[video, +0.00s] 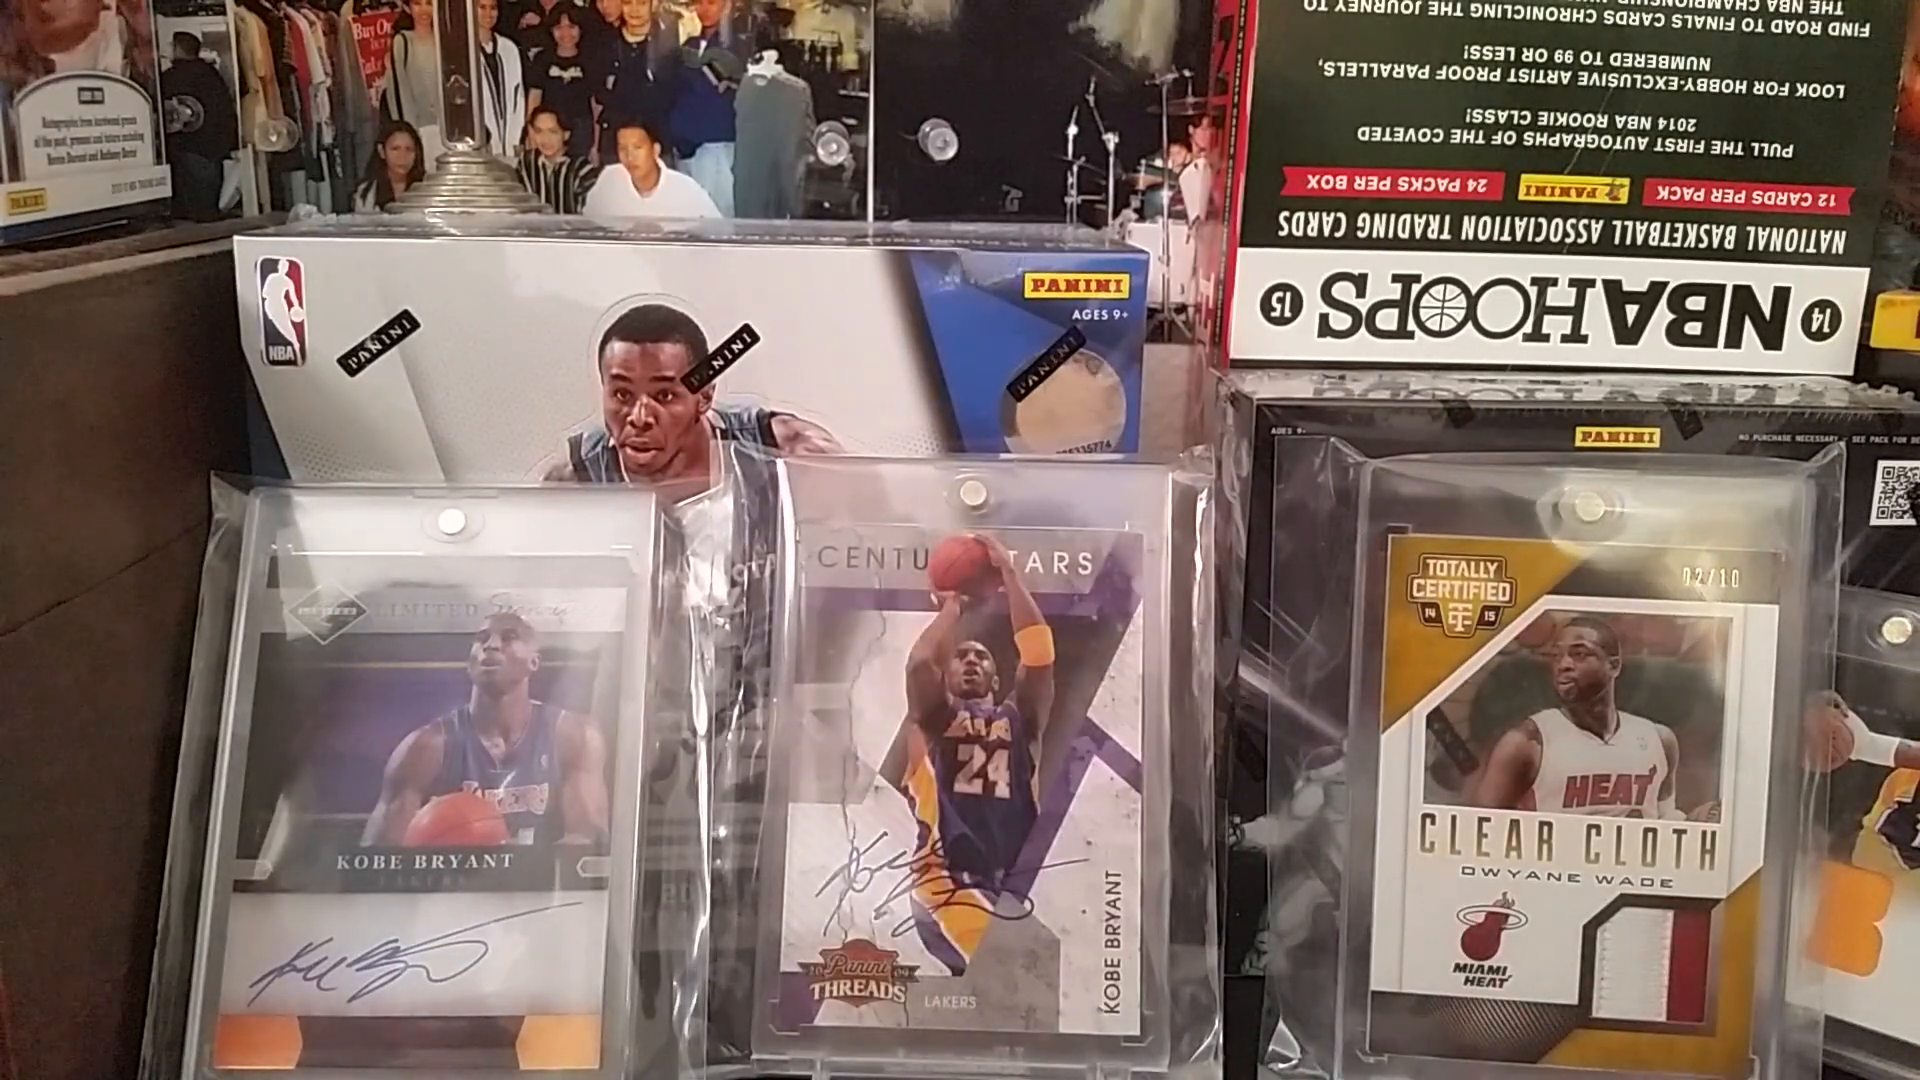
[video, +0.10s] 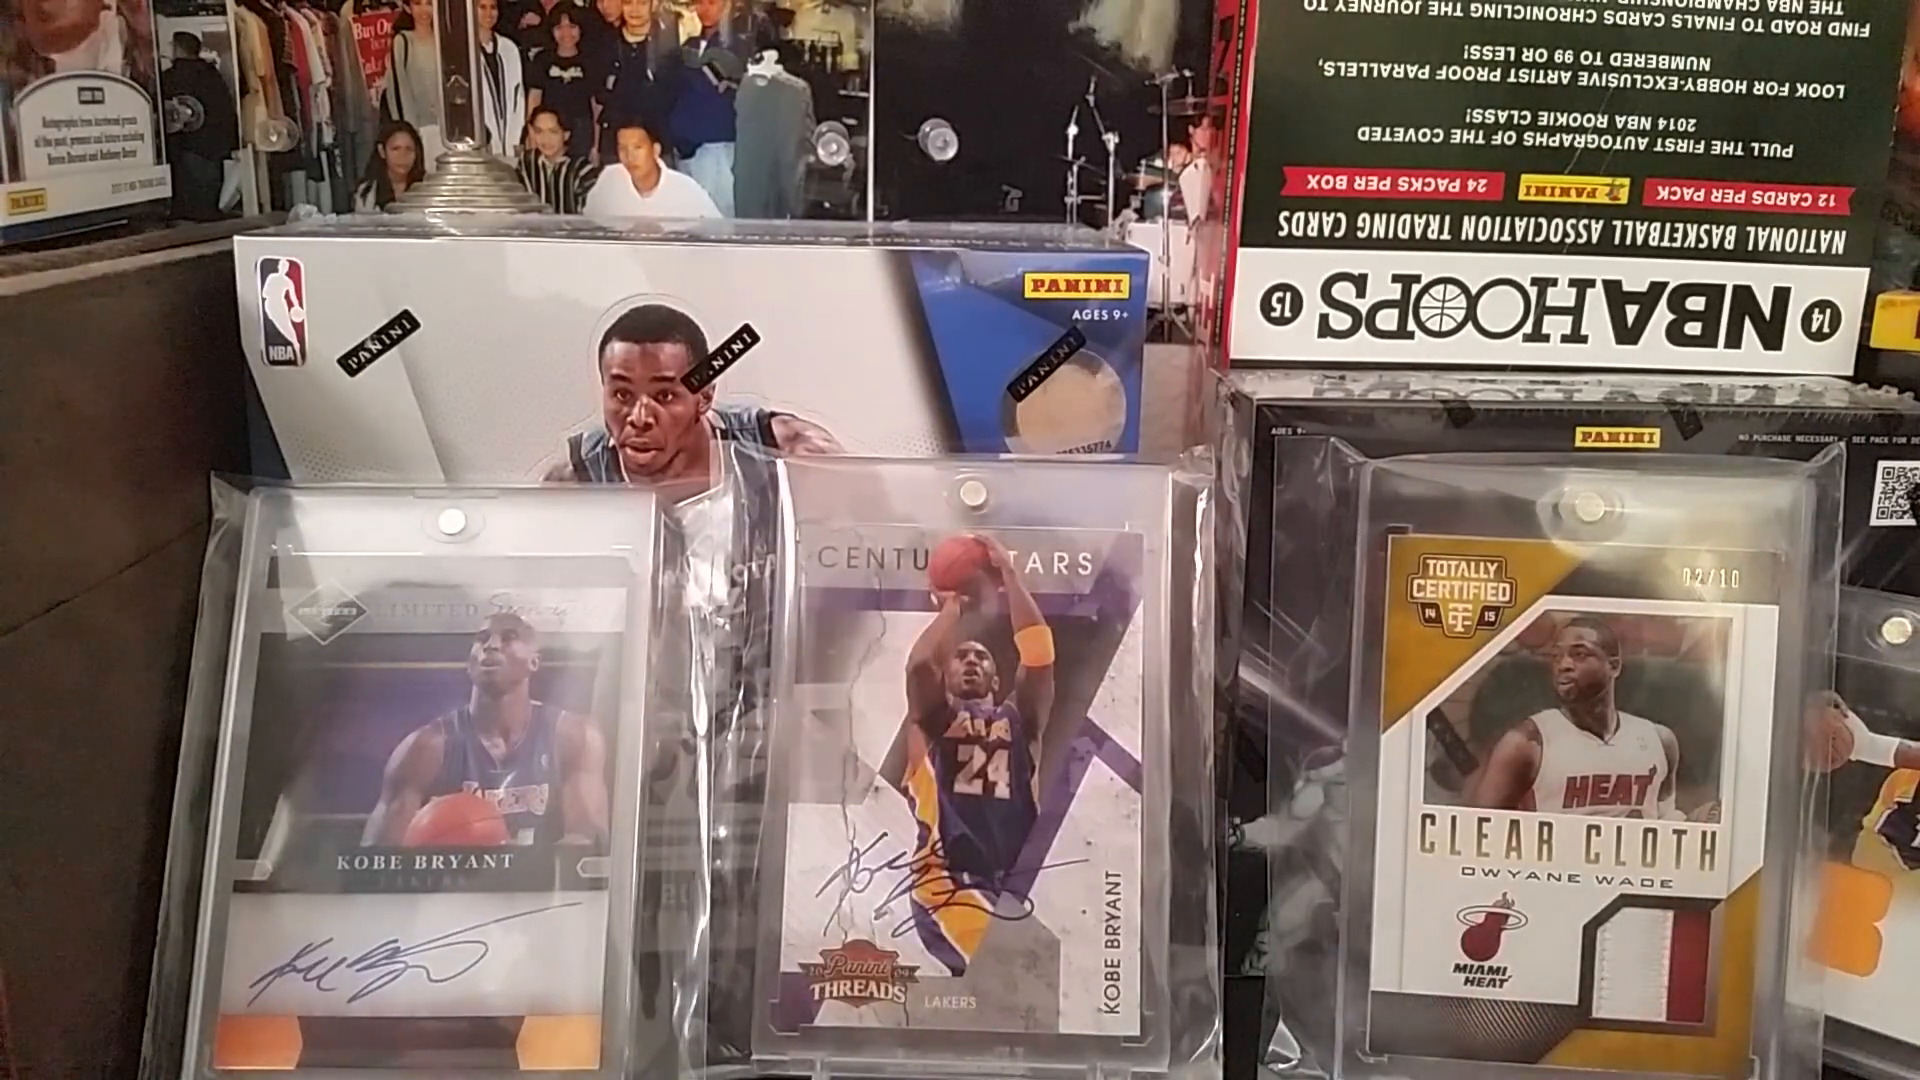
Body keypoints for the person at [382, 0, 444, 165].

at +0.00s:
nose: (424, 10)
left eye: (429, 4)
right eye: (417, 4)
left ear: (435, 7)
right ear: (408, 8)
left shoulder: (442, 38)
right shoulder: (402, 40)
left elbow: (452, 77)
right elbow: (401, 84)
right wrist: (409, 124)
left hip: (445, 117)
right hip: (419, 120)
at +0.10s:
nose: (424, 9)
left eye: (429, 4)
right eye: (418, 4)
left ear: (435, 7)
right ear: (408, 8)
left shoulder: (442, 38)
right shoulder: (402, 40)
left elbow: (451, 76)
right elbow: (401, 83)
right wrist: (410, 123)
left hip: (445, 116)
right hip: (419, 119)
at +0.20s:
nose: (424, 10)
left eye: (429, 4)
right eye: (418, 5)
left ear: (435, 8)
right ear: (408, 9)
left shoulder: (442, 38)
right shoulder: (402, 41)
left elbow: (452, 77)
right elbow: (400, 84)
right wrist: (409, 125)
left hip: (445, 117)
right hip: (419, 121)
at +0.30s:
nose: (424, 10)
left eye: (429, 4)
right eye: (418, 4)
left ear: (435, 7)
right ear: (408, 9)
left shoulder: (442, 38)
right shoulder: (402, 40)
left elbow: (452, 77)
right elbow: (402, 84)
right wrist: (410, 125)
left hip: (447, 117)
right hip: (420, 121)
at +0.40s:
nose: (424, 10)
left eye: (429, 4)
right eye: (418, 5)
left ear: (435, 7)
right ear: (408, 8)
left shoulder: (442, 38)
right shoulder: (402, 40)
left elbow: (452, 77)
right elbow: (402, 84)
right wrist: (410, 125)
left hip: (446, 117)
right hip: (420, 120)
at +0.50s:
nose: (424, 10)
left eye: (429, 4)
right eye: (418, 4)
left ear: (436, 7)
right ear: (408, 8)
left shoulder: (443, 38)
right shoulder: (402, 40)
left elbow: (453, 77)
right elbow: (401, 84)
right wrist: (410, 125)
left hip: (447, 117)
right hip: (420, 120)